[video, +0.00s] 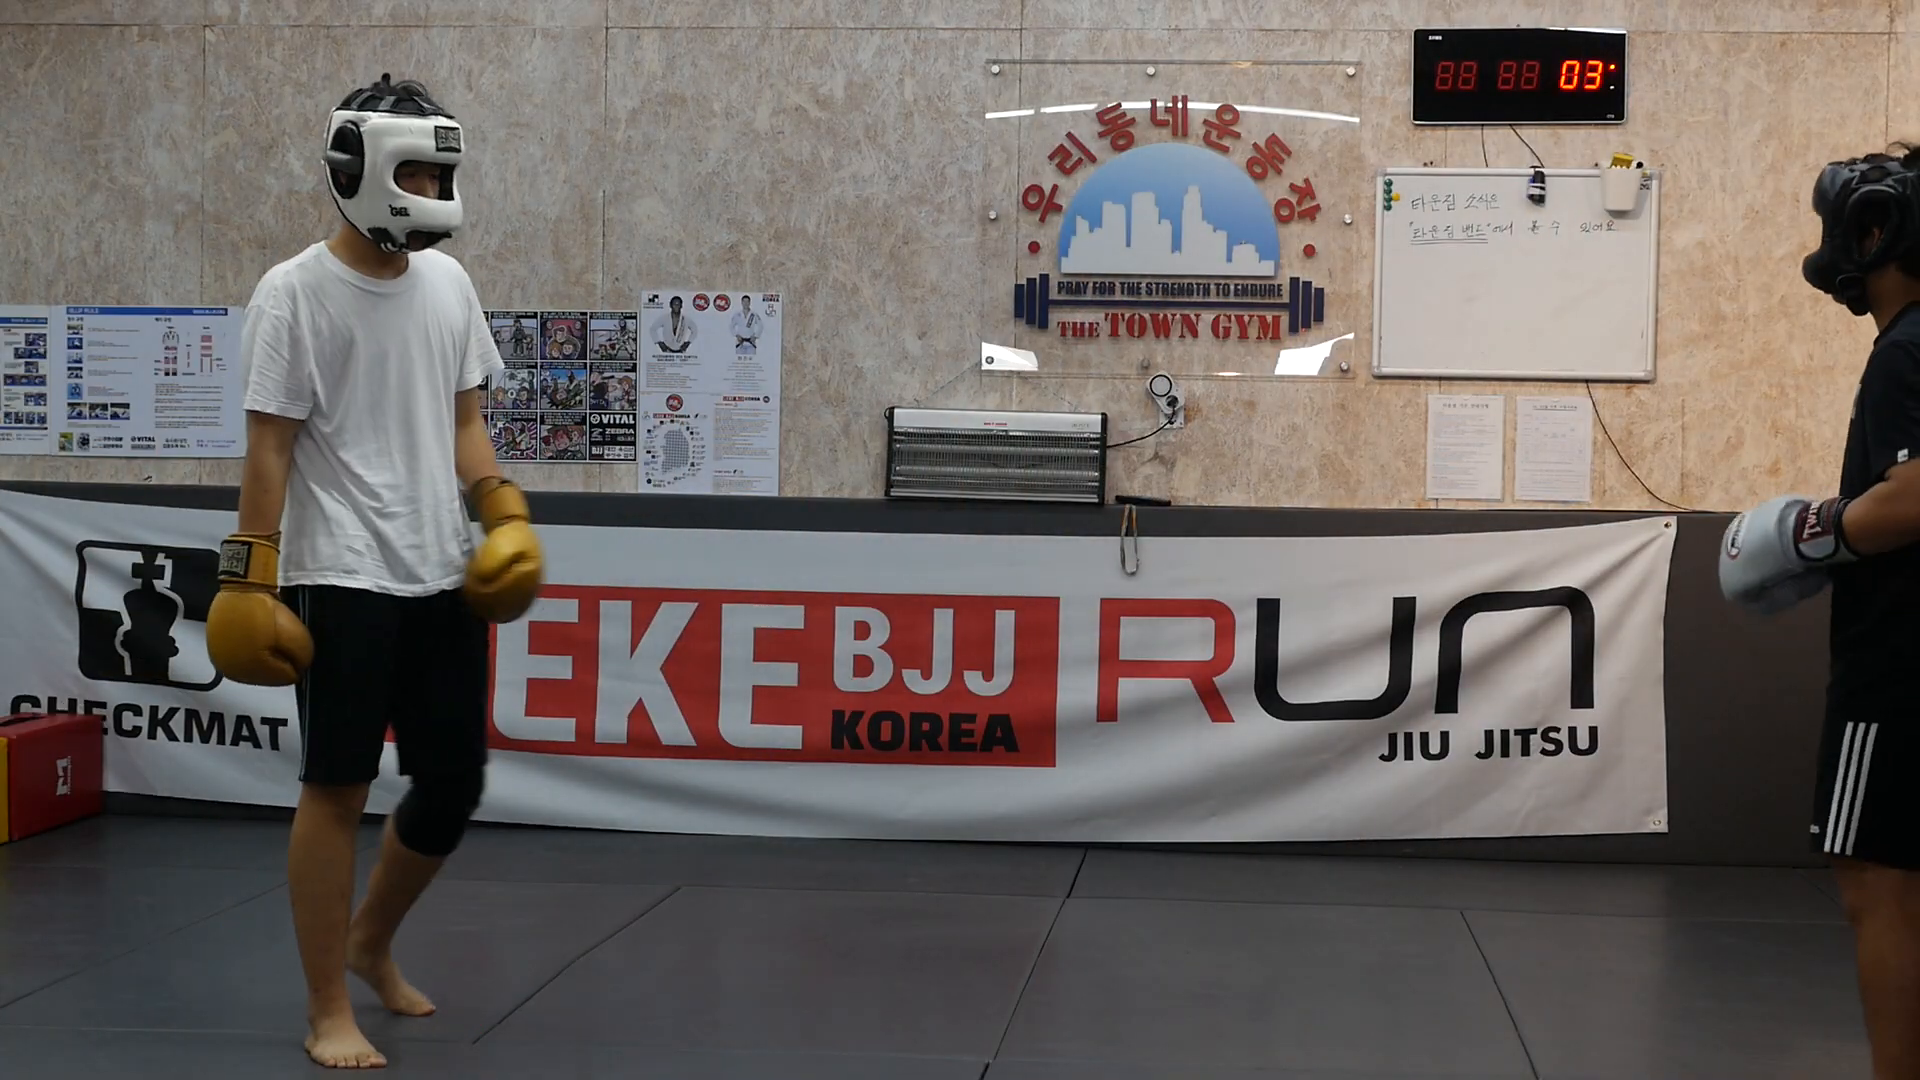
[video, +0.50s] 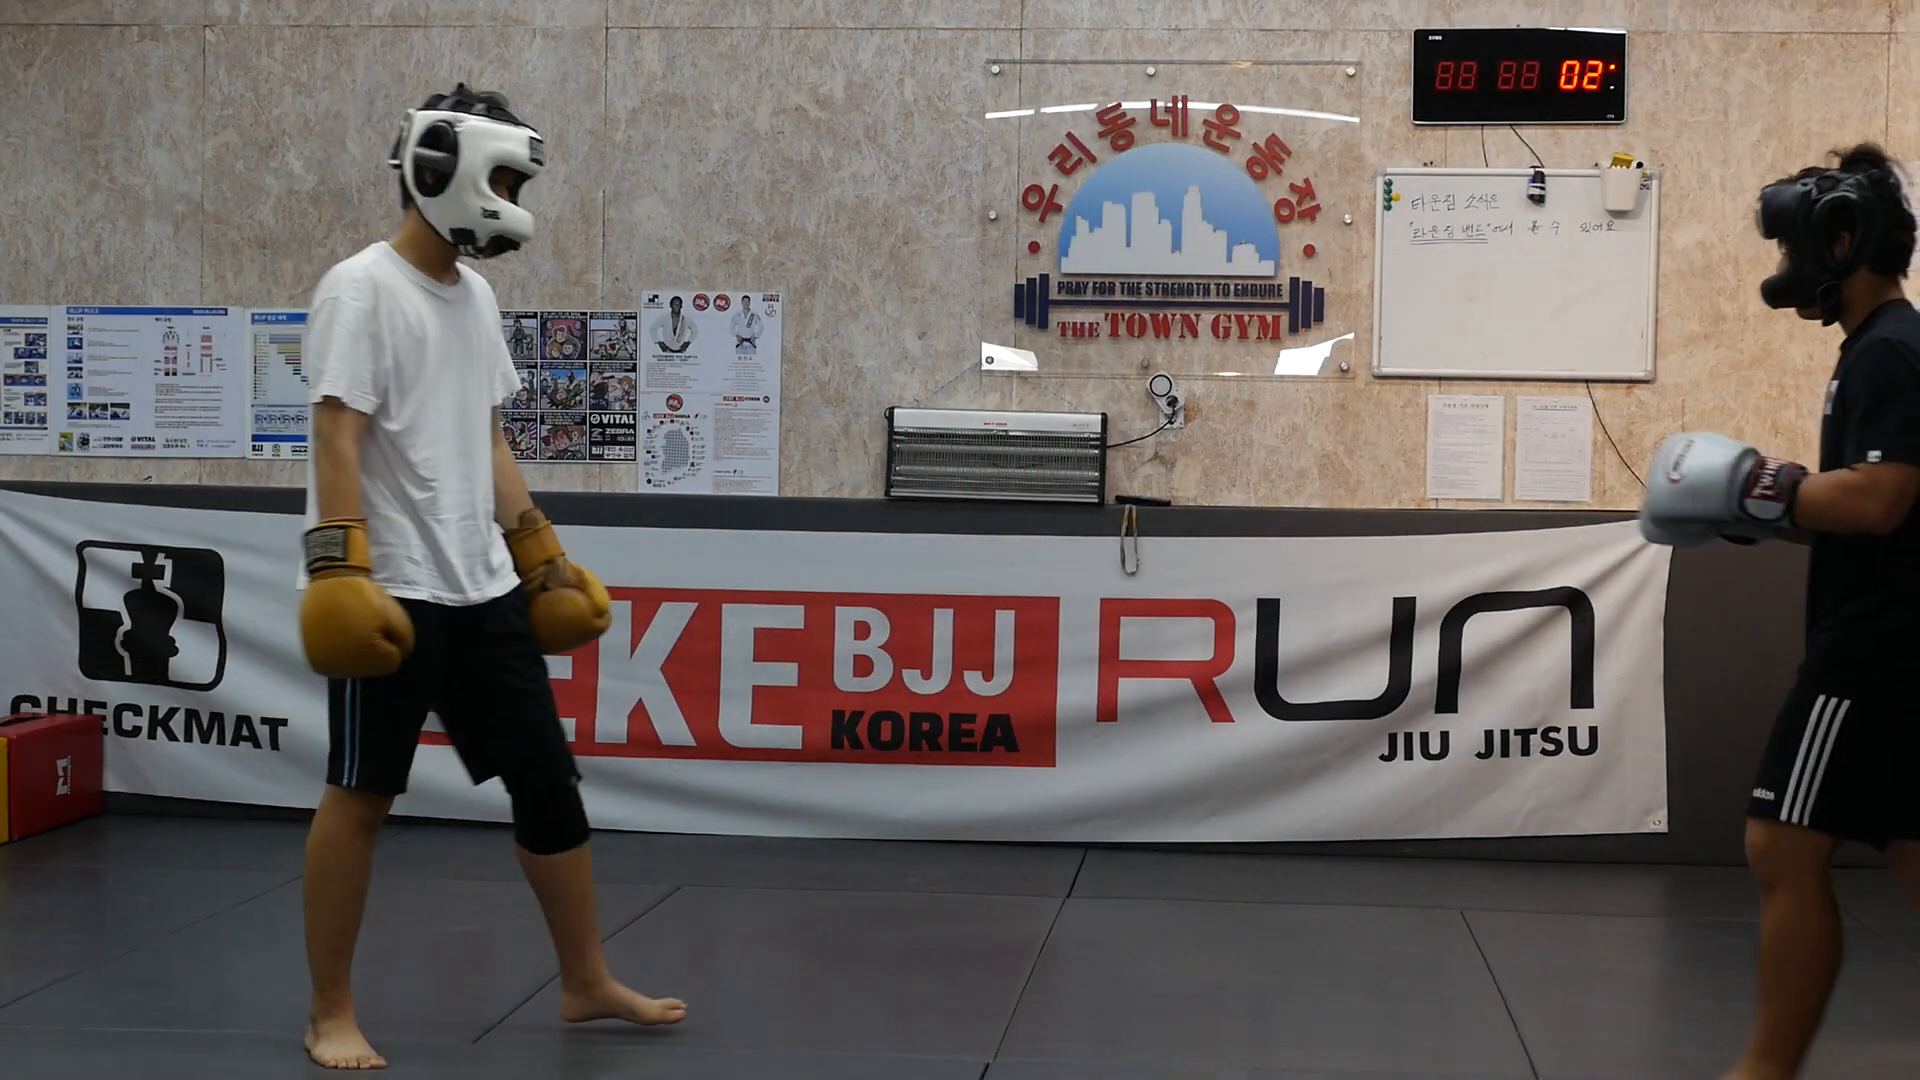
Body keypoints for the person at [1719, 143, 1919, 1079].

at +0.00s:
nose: (1840, 276)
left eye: (1843, 255)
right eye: (1839, 259)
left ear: (1876, 244)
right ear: (1899, 244)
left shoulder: (1907, 347)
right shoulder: (1904, 343)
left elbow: (1909, 491)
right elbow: (1900, 491)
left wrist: (1819, 532)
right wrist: (1823, 534)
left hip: (1895, 669)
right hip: (1892, 662)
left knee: (1875, 881)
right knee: (1881, 879)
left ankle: (1896, 1064)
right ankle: (1897, 1060)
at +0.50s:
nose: (1792, 268)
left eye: (1801, 248)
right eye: (1793, 249)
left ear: (1842, 249)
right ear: (1866, 249)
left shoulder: (1889, 350)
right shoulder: (1884, 344)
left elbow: (1881, 500)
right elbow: (1870, 497)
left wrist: (1764, 491)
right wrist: (1767, 497)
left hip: (1869, 653)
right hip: (1885, 647)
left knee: (1783, 847)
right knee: (1909, 850)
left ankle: (1769, 1065)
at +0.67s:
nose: (1743, 279)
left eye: (1753, 258)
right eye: (1743, 260)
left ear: (1801, 258)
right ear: (1813, 259)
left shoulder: (1843, 364)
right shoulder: (1847, 358)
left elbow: (1798, 505)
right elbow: (1798, 504)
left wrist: (1679, 473)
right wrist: (1696, 479)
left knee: (1771, 885)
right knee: (1903, 877)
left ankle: (1704, 1067)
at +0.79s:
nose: (1697, 276)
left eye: (1708, 257)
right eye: (1698, 257)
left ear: (1756, 259)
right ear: (1767, 260)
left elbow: (1729, 503)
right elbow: (1740, 498)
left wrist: (1617, 463)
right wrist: (1643, 467)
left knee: (1738, 882)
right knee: (1835, 866)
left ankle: (1696, 1071)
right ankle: (1919, 1048)